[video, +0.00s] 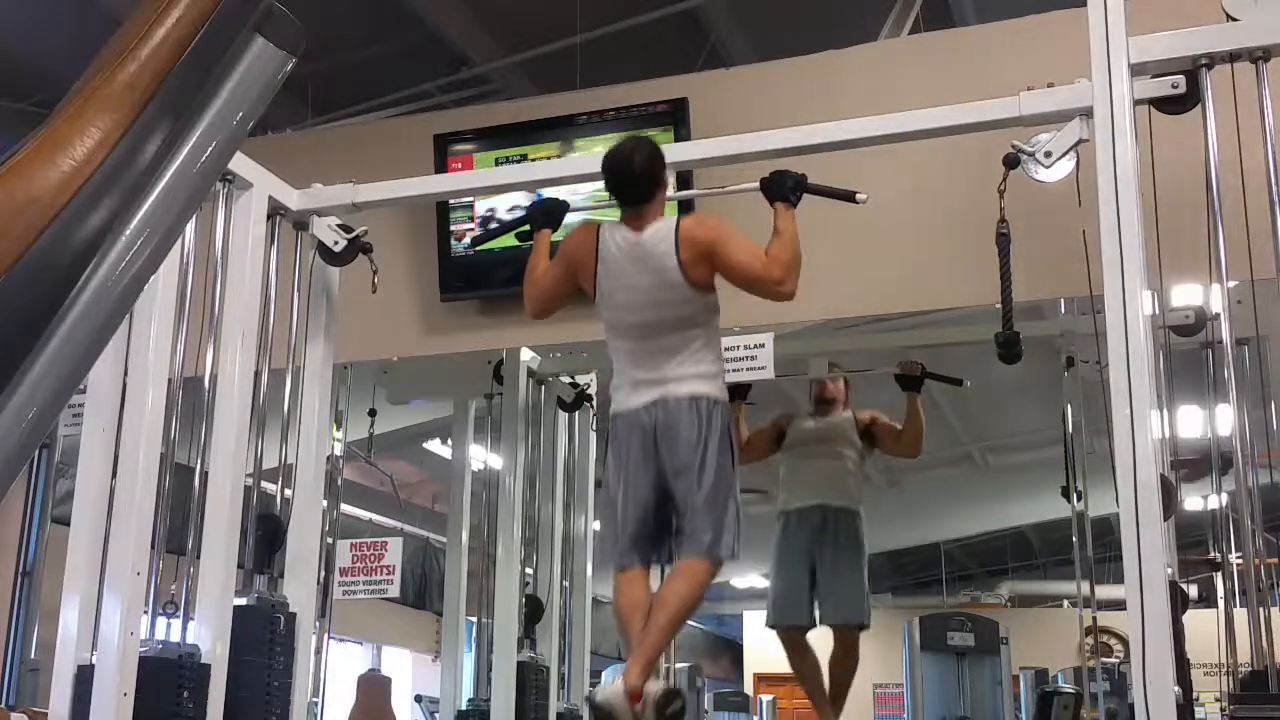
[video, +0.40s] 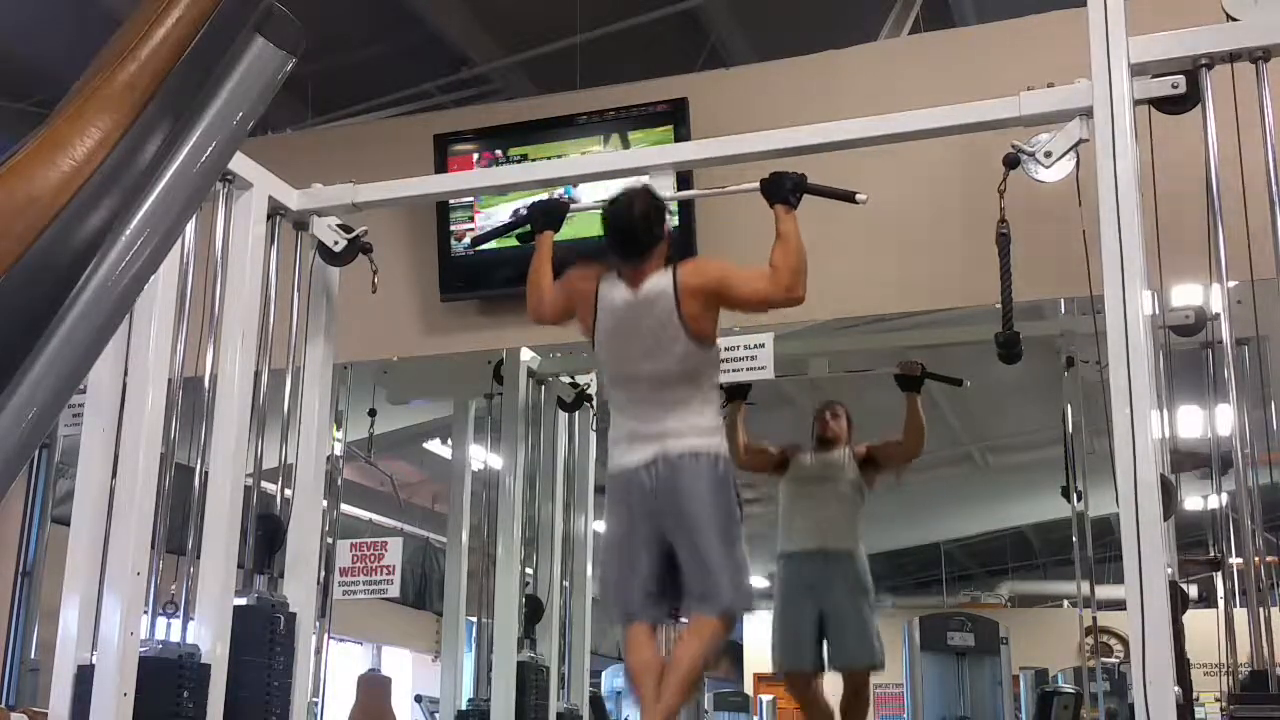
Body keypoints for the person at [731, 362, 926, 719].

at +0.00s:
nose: (822, 384)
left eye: (831, 378)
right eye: (816, 380)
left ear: (846, 390)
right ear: (809, 391)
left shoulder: (863, 421)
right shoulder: (789, 423)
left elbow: (909, 446)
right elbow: (741, 453)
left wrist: (912, 393)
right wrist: (737, 404)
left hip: (843, 523)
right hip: (794, 524)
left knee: (846, 628)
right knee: (789, 627)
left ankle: (832, 714)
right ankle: (825, 712)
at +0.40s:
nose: (826, 419)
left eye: (835, 415)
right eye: (820, 416)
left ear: (849, 429)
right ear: (813, 428)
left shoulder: (860, 457)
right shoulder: (791, 458)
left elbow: (910, 448)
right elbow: (741, 455)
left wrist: (912, 394)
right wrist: (735, 404)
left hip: (845, 568)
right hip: (795, 569)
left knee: (857, 673)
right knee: (797, 677)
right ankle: (827, 715)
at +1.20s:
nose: (821, 380)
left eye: (831, 377)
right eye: (816, 377)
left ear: (845, 390)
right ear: (809, 392)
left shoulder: (861, 419)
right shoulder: (787, 422)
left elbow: (910, 445)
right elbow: (744, 452)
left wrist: (913, 393)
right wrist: (735, 403)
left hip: (843, 520)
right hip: (793, 520)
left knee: (846, 625)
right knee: (788, 625)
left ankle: (831, 711)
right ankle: (825, 710)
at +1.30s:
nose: (821, 379)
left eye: (829, 374)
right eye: (815, 374)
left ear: (844, 382)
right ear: (806, 380)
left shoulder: (861, 409)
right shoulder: (786, 410)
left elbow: (907, 444)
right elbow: (747, 451)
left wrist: (912, 393)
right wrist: (736, 404)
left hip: (844, 511)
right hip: (795, 511)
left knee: (848, 616)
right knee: (794, 615)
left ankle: (837, 709)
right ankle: (837, 706)